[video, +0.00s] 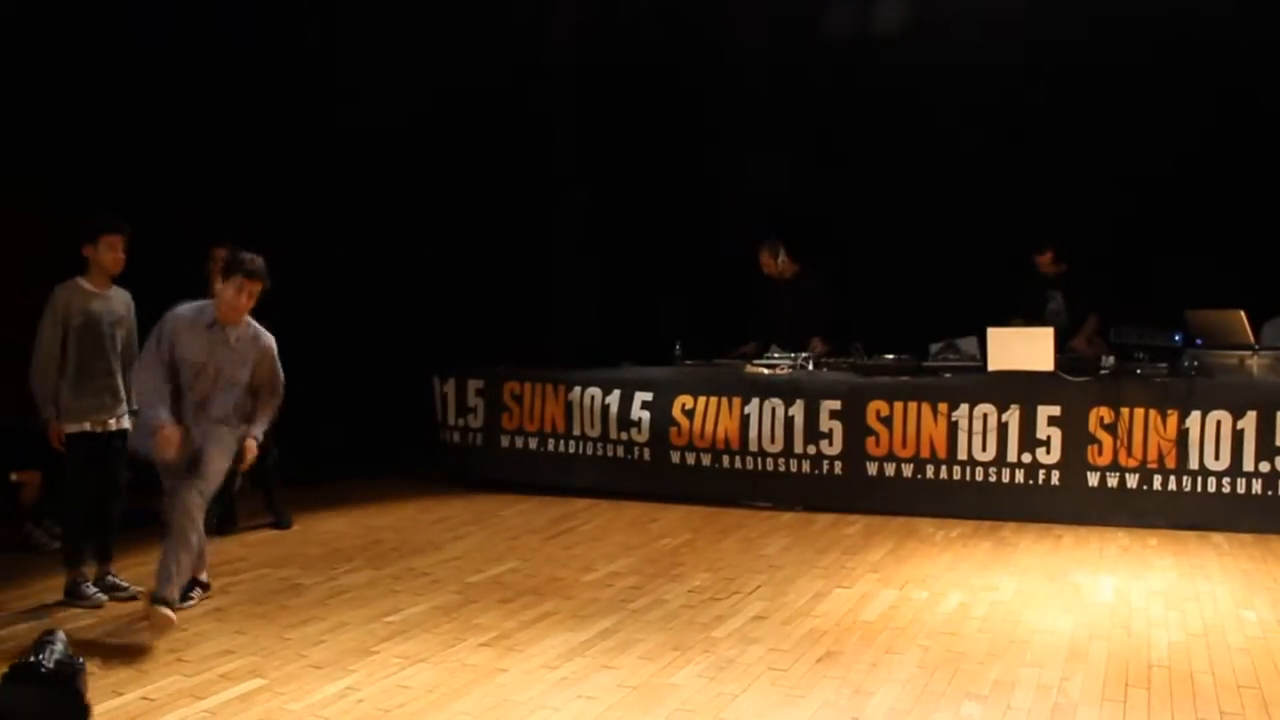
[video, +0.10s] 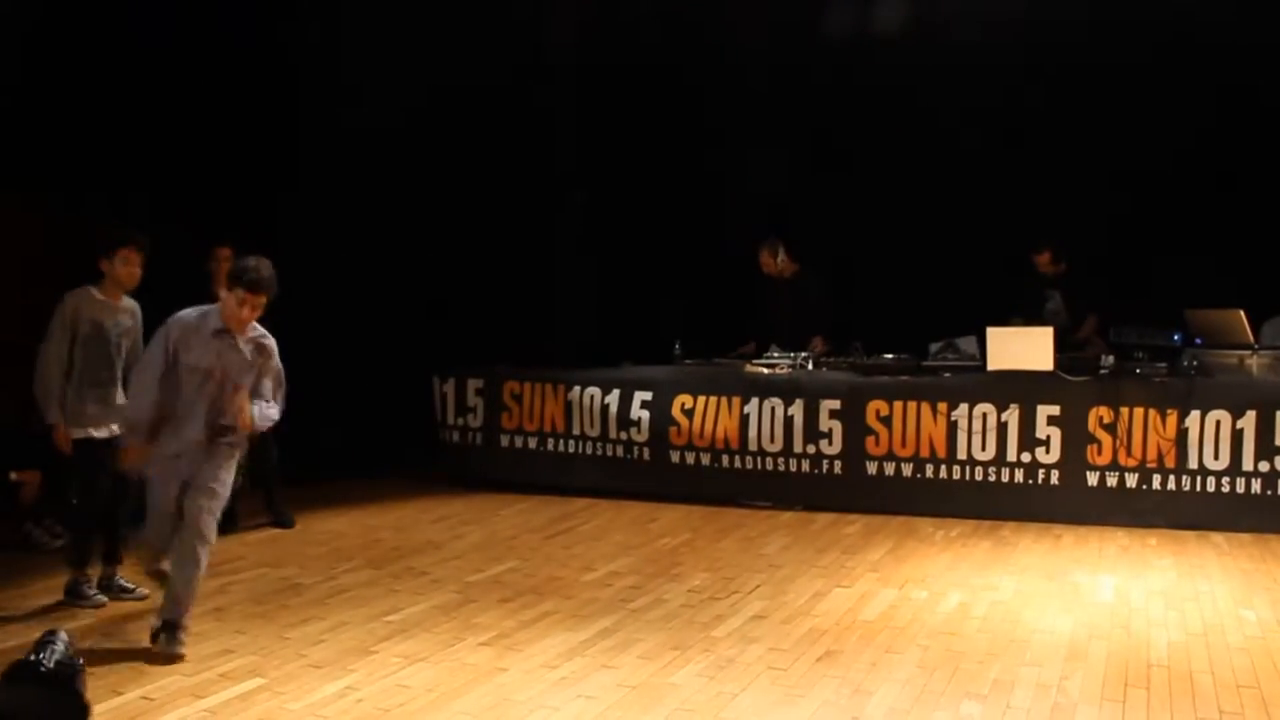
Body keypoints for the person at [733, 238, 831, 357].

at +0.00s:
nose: (765, 271)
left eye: (768, 266)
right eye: (763, 266)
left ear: (782, 261)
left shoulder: (809, 283)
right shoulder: (772, 285)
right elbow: (768, 321)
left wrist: (820, 339)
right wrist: (757, 344)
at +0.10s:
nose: (765, 271)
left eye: (768, 265)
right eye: (763, 265)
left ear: (782, 260)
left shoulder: (808, 282)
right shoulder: (772, 284)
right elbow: (768, 321)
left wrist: (821, 338)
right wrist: (756, 344)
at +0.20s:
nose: (764, 270)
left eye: (767, 264)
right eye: (762, 265)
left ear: (782, 259)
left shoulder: (808, 281)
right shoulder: (770, 284)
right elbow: (766, 319)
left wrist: (821, 336)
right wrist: (755, 343)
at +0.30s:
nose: (766, 268)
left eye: (768, 262)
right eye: (764, 263)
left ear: (782, 258)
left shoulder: (807, 280)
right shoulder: (770, 283)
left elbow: (816, 311)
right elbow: (766, 318)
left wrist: (819, 335)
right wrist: (756, 342)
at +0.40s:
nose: (772, 266)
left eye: (775, 260)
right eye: (769, 262)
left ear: (786, 256)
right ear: (765, 260)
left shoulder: (807, 278)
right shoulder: (772, 281)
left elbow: (816, 309)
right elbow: (767, 319)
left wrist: (818, 332)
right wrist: (754, 343)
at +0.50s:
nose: (783, 261)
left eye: (787, 256)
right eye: (779, 257)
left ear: (796, 254)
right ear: (772, 257)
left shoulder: (809, 279)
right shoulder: (769, 281)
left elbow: (817, 309)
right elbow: (763, 315)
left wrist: (816, 330)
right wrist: (754, 340)